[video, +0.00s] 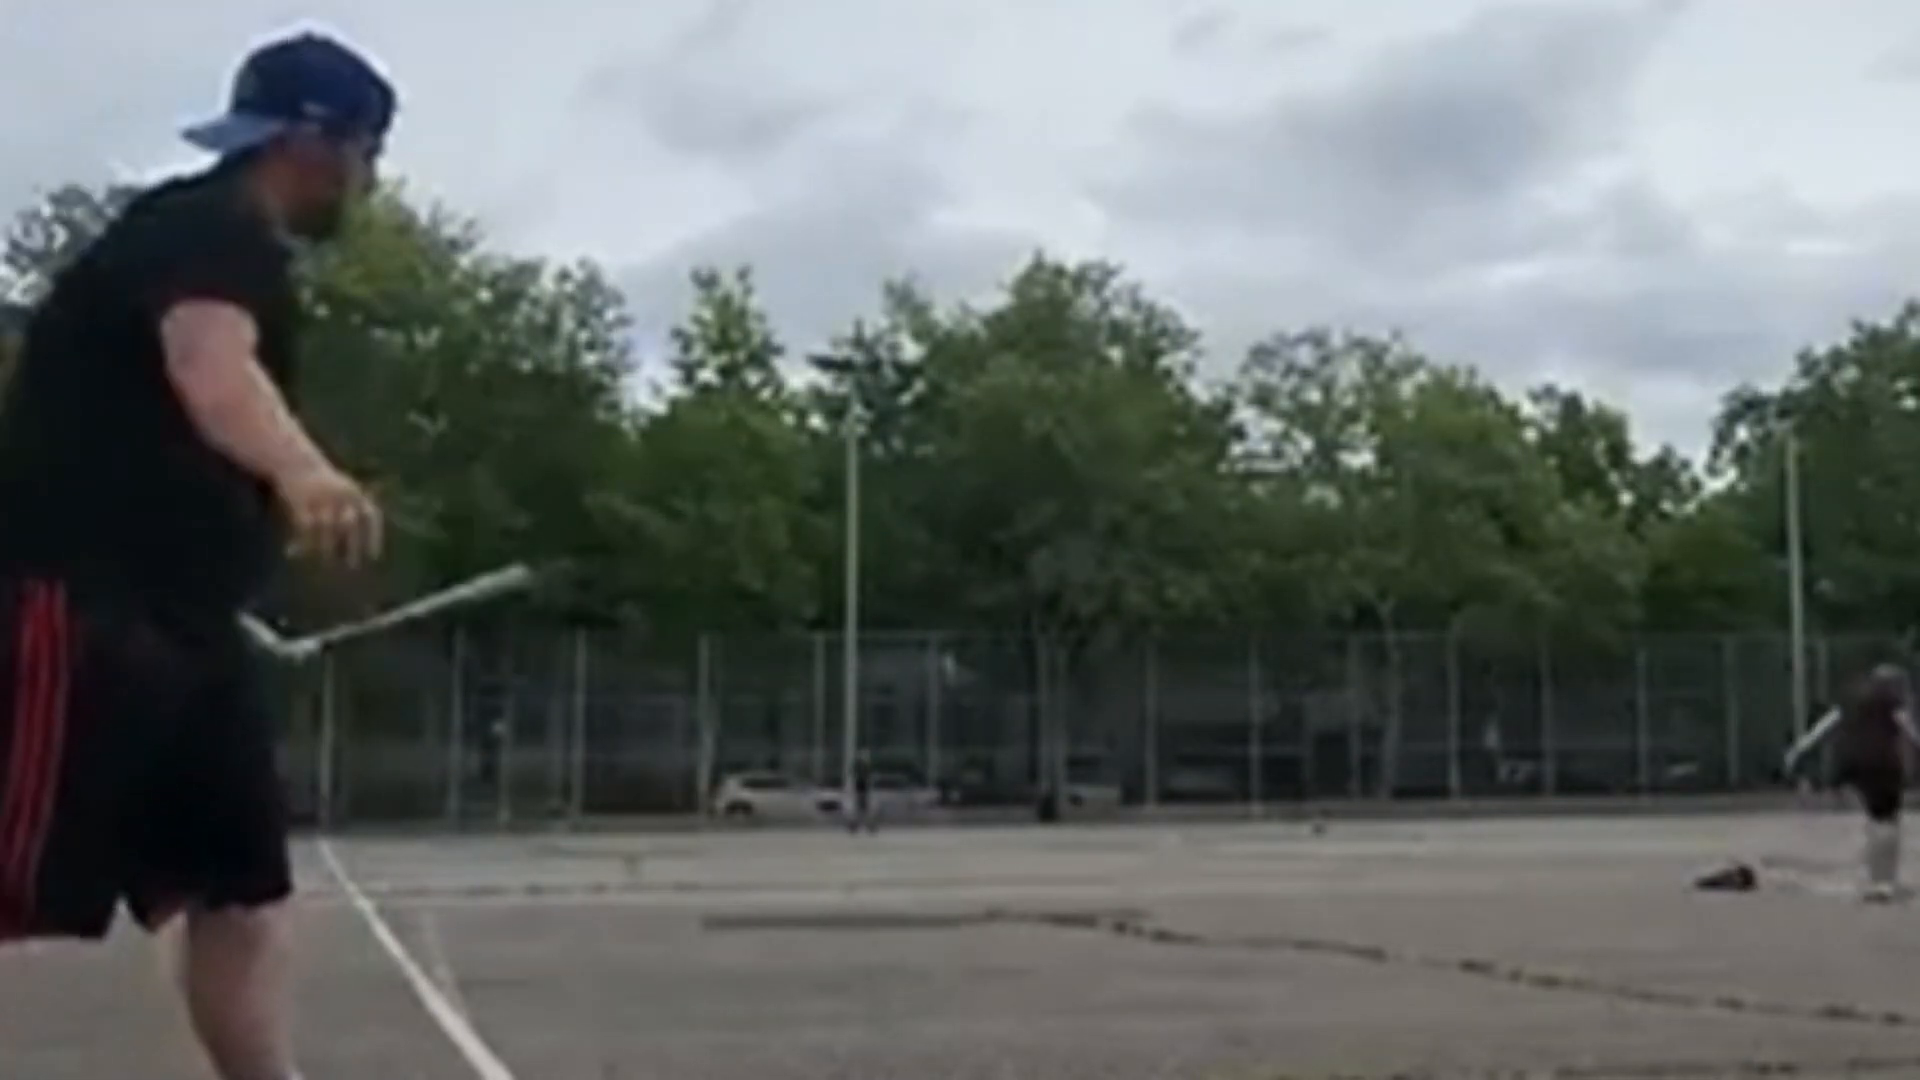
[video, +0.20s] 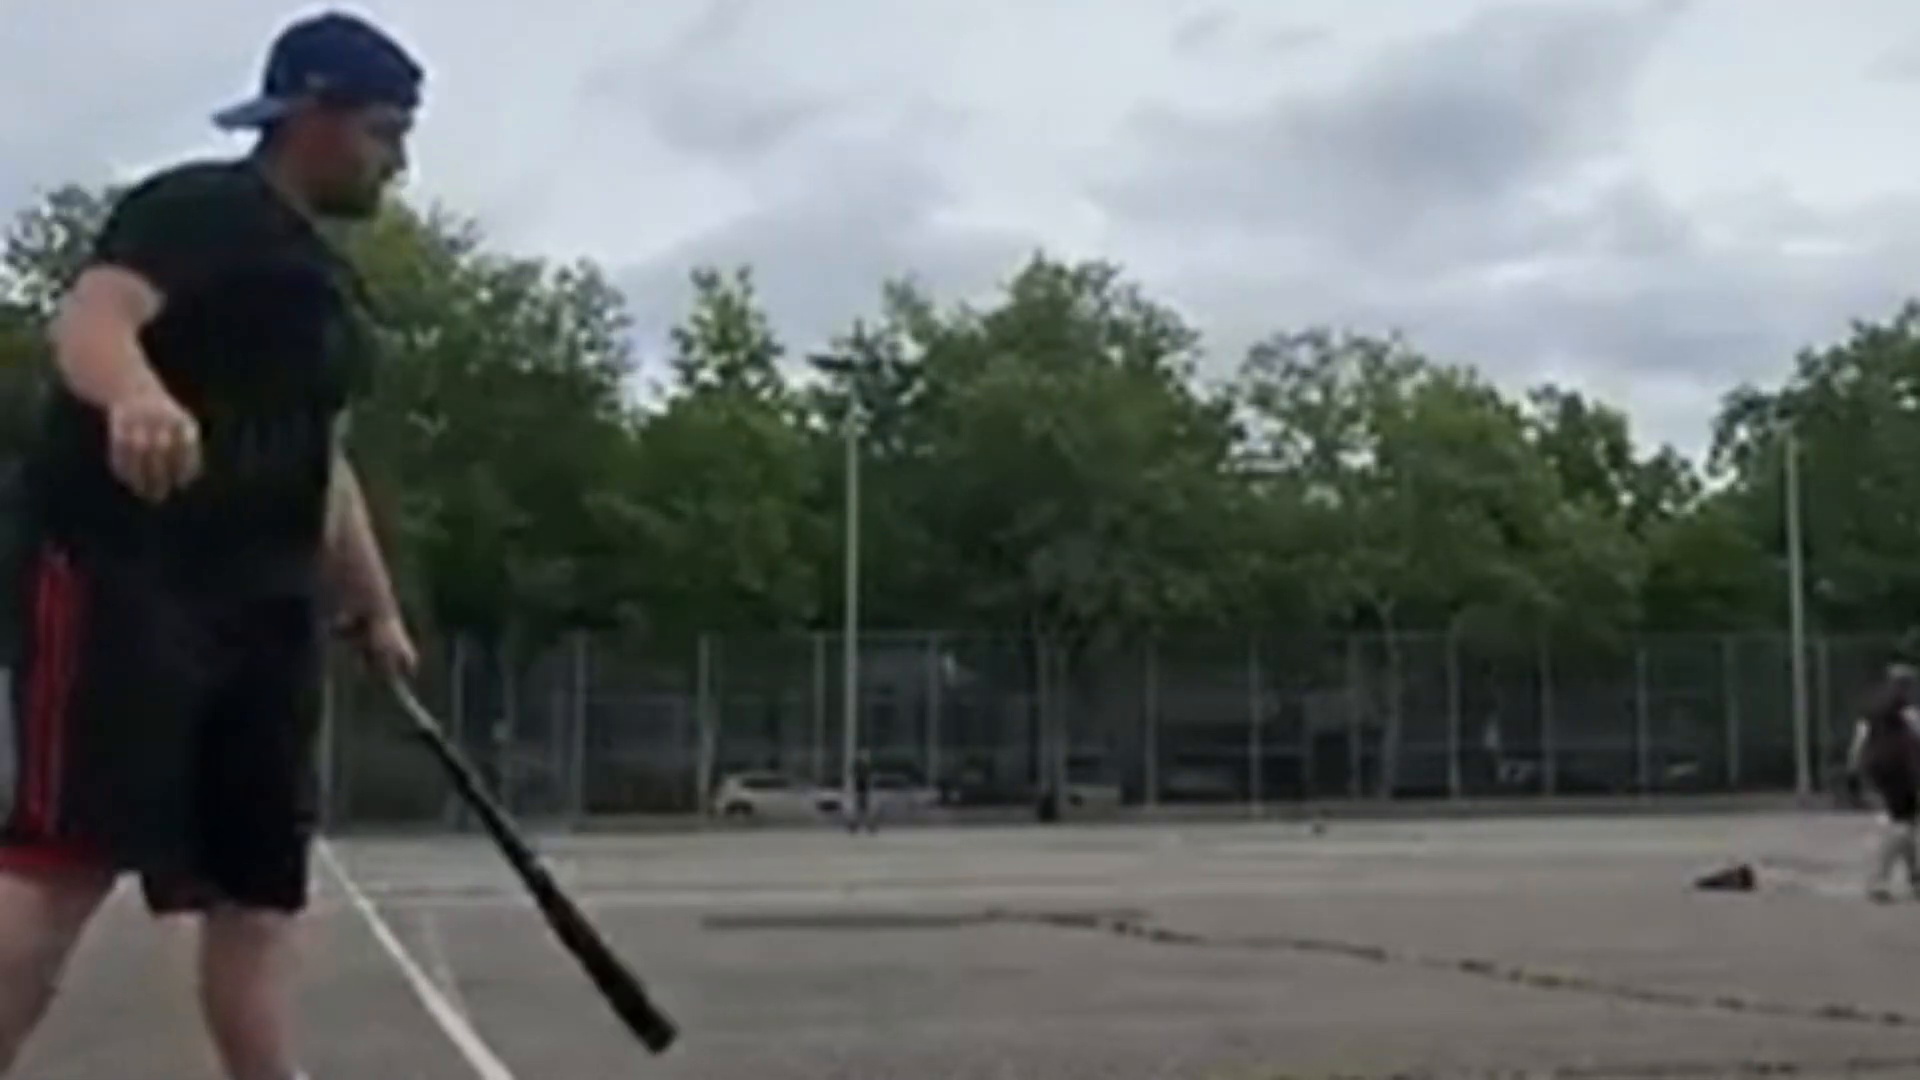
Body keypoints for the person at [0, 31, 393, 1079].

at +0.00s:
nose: (364, 181)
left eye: (367, 157)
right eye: (358, 153)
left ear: (270, 140)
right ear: (302, 142)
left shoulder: (197, 234)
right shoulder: (208, 227)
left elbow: (143, 439)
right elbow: (212, 370)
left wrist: (226, 588)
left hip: (174, 606)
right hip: (83, 596)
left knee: (234, 904)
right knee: (37, 902)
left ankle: (265, 1069)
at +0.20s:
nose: (398, 154)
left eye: (402, 133)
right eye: (384, 128)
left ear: (336, 122)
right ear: (308, 114)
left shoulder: (319, 275)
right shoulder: (197, 203)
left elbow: (314, 455)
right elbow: (89, 320)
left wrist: (373, 602)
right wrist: (135, 392)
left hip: (257, 597)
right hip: (115, 578)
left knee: (254, 901)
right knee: (58, 869)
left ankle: (267, 1067)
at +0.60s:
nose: (290, 98)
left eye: (297, 74)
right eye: (265, 73)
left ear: (300, 79)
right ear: (181, 73)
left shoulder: (282, 241)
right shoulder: (85, 197)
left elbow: (303, 413)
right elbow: (10, 361)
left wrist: (450, 471)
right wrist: (115, 522)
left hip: (258, 617)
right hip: (94, 614)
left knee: (262, 904)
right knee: (50, 918)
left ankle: (270, 1067)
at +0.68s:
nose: (300, 37)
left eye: (300, 19)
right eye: (286, 10)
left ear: (218, 24)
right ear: (216, 12)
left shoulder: (285, 157)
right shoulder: (53, 111)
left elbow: (405, 49)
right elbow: (26, 12)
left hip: (235, 572)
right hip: (52, 564)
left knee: (304, 895)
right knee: (7, 892)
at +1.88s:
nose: (295, 51)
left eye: (297, 34)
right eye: (282, 27)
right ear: (231, 33)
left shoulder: (283, 193)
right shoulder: (48, 128)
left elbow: (389, 86)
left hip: (217, 586)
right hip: (41, 581)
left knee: (380, 864)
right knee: (6, 882)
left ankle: (354, 1066)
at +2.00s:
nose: (323, 106)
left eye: (323, 81)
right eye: (305, 77)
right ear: (224, 72)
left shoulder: (304, 238)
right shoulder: (38, 173)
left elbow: (297, 218)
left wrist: (114, 47)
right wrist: (18, 28)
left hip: (221, 624)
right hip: (42, 625)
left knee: (413, 855)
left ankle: (441, 1060)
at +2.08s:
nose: (341, 161)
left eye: (342, 136)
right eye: (325, 131)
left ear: (259, 130)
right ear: (242, 127)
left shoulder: (325, 276)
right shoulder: (49, 237)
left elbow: (253, 351)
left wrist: (69, 185)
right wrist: (19, 129)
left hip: (238, 671)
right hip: (51, 669)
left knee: (423, 901)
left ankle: (431, 1069)